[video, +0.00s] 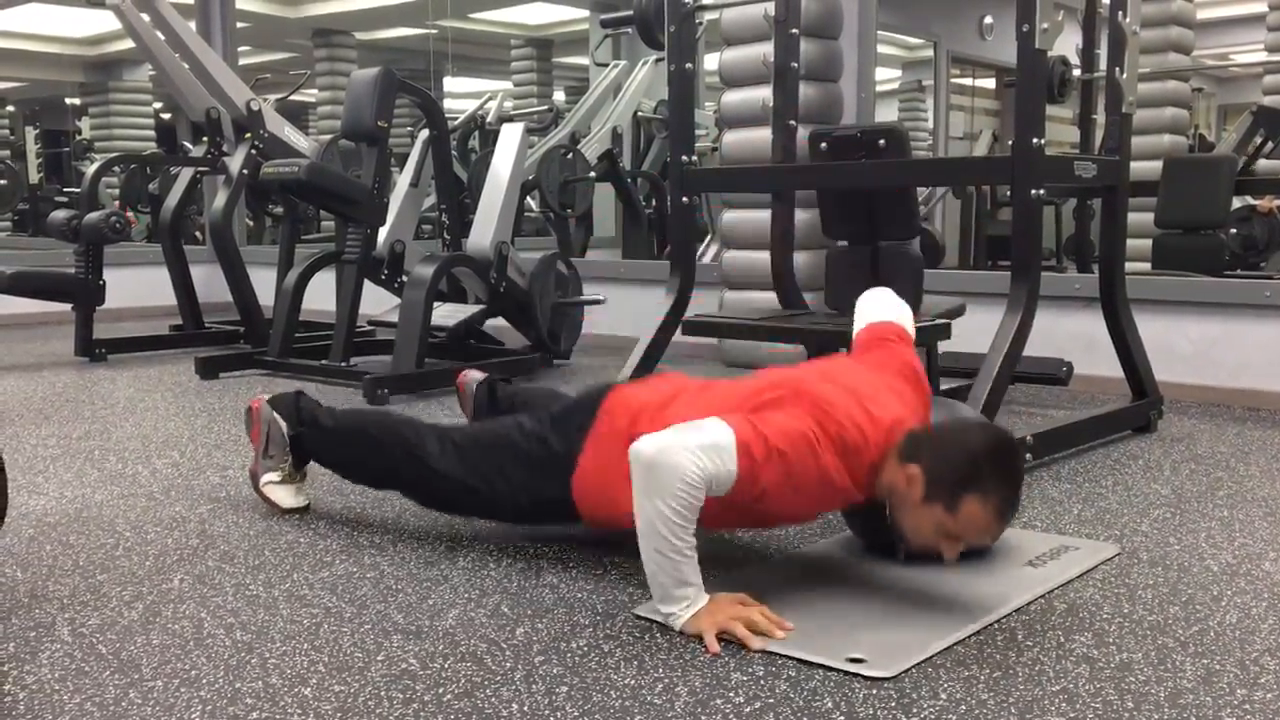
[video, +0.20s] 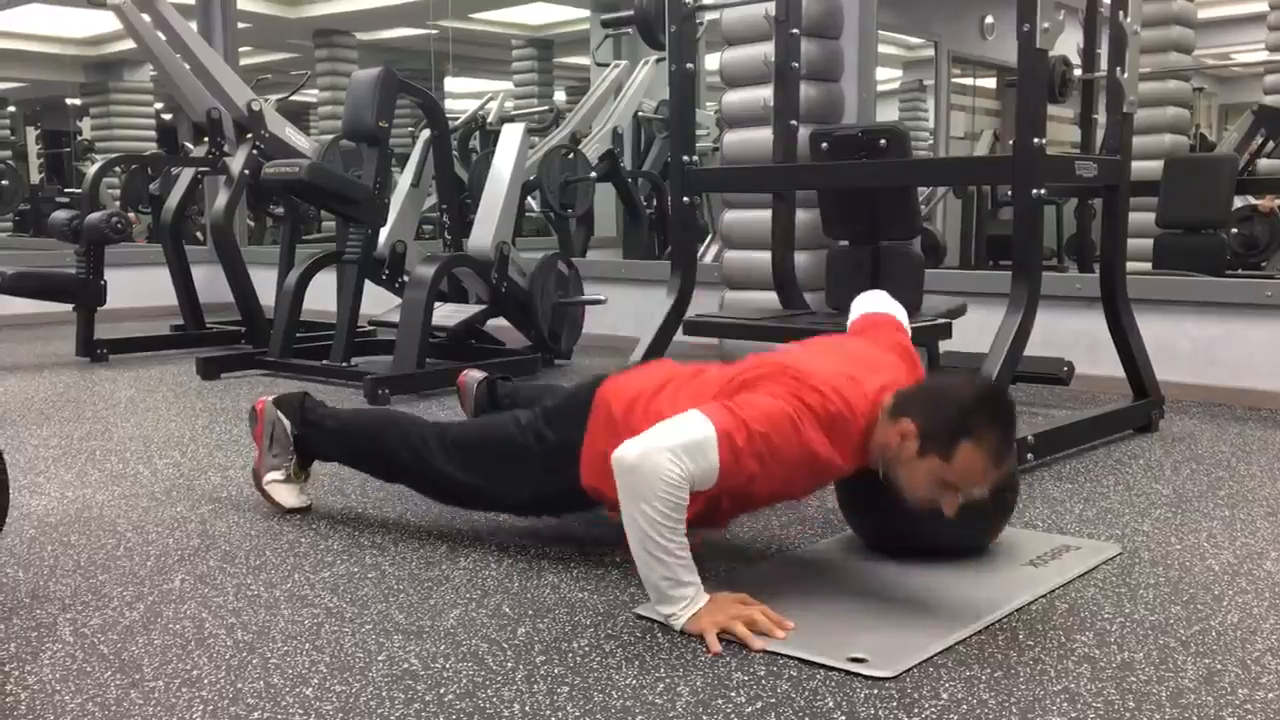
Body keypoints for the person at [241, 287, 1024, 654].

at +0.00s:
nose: (941, 555)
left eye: (961, 550)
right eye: (945, 543)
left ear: (948, 449)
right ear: (912, 484)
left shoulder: (902, 385)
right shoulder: (816, 440)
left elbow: (880, 304)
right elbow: (666, 463)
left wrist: (877, 467)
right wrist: (686, 599)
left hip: (651, 402)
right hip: (599, 454)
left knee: (565, 411)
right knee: (445, 463)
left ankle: (484, 387)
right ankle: (289, 423)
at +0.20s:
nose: (949, 504)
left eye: (966, 493)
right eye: (947, 486)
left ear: (917, 429)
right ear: (901, 440)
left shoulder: (887, 362)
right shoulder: (800, 426)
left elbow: (878, 301)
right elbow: (644, 468)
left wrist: (864, 406)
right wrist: (686, 600)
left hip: (656, 386)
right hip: (596, 437)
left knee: (553, 396)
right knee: (442, 454)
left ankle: (480, 379)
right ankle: (291, 423)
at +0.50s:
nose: (927, 258)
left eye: (941, 244)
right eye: (924, 237)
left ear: (909, 205)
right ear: (874, 189)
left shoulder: (864, 219)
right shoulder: (776, 230)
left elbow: (837, 303)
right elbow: (714, 411)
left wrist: (857, 365)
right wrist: (704, 584)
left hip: (633, 314)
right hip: (585, 291)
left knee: (529, 377)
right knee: (440, 384)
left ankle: (476, 415)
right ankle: (284, 424)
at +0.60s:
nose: (925, 228)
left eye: (941, 217)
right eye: (920, 207)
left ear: (923, 180)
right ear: (877, 162)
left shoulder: (879, 188)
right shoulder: (775, 199)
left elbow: (885, 255)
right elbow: (678, 335)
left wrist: (849, 309)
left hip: (650, 323)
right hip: (597, 284)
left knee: (542, 377)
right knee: (452, 380)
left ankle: (480, 414)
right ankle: (292, 424)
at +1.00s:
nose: (995, 525)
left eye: (1010, 519)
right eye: (991, 512)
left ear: (970, 460)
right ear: (947, 459)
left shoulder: (959, 418)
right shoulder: (867, 401)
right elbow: (732, 308)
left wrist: (954, 509)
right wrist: (725, 442)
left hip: (692, 452)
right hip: (657, 437)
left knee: (579, 422)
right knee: (488, 462)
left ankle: (483, 381)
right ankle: (319, 420)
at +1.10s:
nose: (996, 520)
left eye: (1012, 515)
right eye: (994, 508)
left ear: (972, 457)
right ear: (952, 456)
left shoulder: (958, 421)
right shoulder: (866, 403)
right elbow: (736, 310)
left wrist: (962, 508)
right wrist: (726, 441)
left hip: (687, 470)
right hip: (657, 443)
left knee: (577, 427)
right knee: (488, 462)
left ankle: (487, 384)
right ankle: (322, 421)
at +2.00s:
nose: (938, 552)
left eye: (958, 548)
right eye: (944, 538)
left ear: (946, 443)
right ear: (914, 479)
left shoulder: (899, 382)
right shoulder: (811, 458)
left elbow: (883, 288)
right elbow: (674, 476)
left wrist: (890, 428)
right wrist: (693, 604)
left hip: (661, 420)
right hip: (607, 471)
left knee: (567, 429)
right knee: (451, 475)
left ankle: (489, 399)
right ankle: (298, 425)